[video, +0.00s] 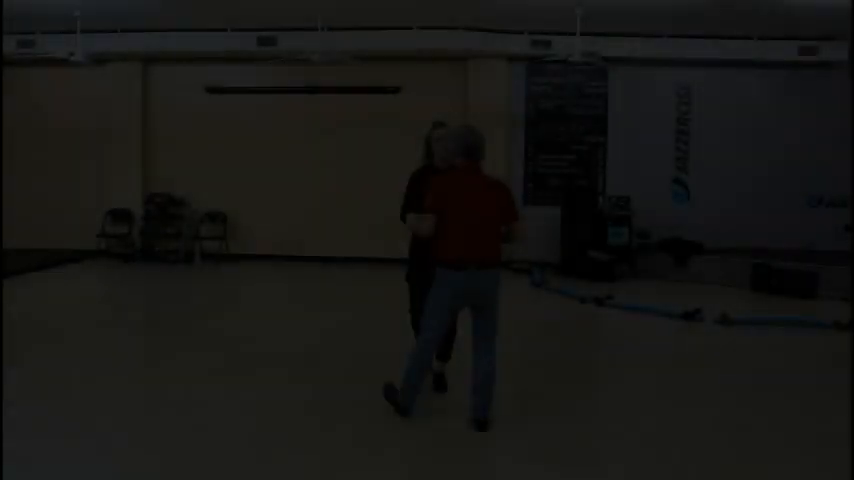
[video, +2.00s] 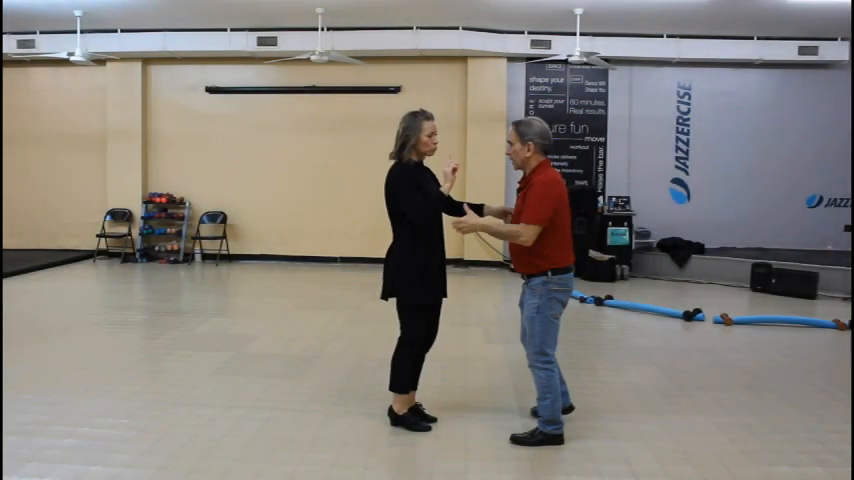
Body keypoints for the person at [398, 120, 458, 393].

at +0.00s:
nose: (441, 149)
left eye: (446, 142)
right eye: (436, 142)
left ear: (455, 147)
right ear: (428, 147)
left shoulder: (463, 178)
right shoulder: (420, 177)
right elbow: (407, 215)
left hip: (452, 258)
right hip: (422, 257)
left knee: (447, 316)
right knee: (419, 313)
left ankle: (440, 369)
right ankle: (424, 366)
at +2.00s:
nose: (436, 140)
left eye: (436, 134)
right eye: (430, 135)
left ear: (424, 137)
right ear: (413, 137)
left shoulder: (421, 172)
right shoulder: (402, 174)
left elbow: (448, 206)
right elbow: (423, 214)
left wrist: (491, 212)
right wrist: (444, 187)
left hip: (427, 270)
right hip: (411, 271)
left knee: (424, 336)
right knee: (413, 336)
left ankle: (408, 402)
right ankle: (399, 408)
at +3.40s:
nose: (449, 134)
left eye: (448, 128)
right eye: (444, 129)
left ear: (430, 135)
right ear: (428, 135)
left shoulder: (438, 170)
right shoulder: (424, 171)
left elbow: (478, 183)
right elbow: (457, 186)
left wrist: (515, 172)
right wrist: (484, 159)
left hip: (439, 268)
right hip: (430, 270)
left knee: (438, 334)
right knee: (440, 336)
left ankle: (426, 405)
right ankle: (425, 410)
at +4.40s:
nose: (444, 134)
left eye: (442, 128)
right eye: (439, 129)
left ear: (425, 132)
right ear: (424, 133)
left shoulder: (426, 168)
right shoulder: (420, 170)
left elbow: (451, 202)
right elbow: (450, 187)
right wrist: (476, 157)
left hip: (434, 267)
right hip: (428, 269)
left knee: (436, 337)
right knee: (433, 338)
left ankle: (426, 406)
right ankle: (423, 411)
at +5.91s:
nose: (458, 133)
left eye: (456, 128)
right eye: (453, 128)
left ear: (439, 133)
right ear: (438, 133)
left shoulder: (440, 168)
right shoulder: (434, 170)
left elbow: (473, 197)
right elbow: (468, 186)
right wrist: (496, 160)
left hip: (441, 267)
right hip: (437, 268)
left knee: (437, 338)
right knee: (435, 339)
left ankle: (426, 408)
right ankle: (424, 411)